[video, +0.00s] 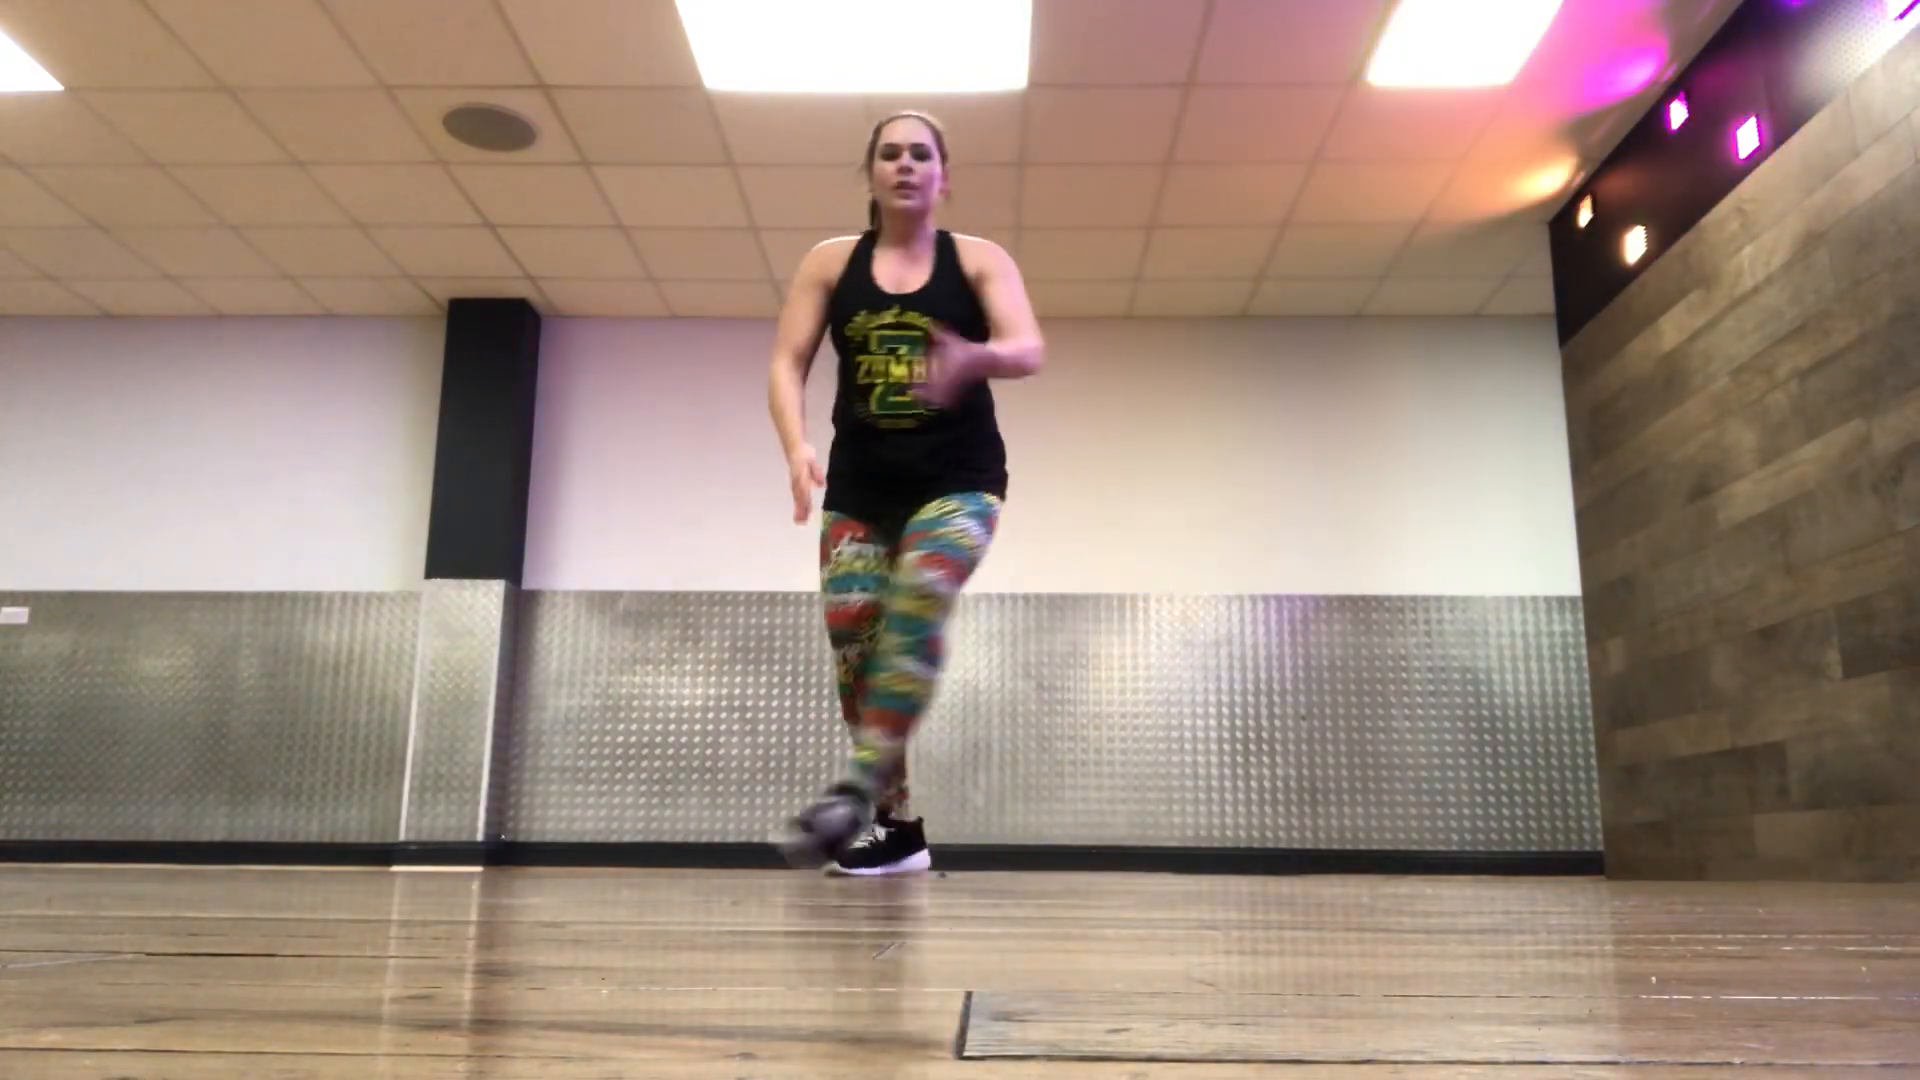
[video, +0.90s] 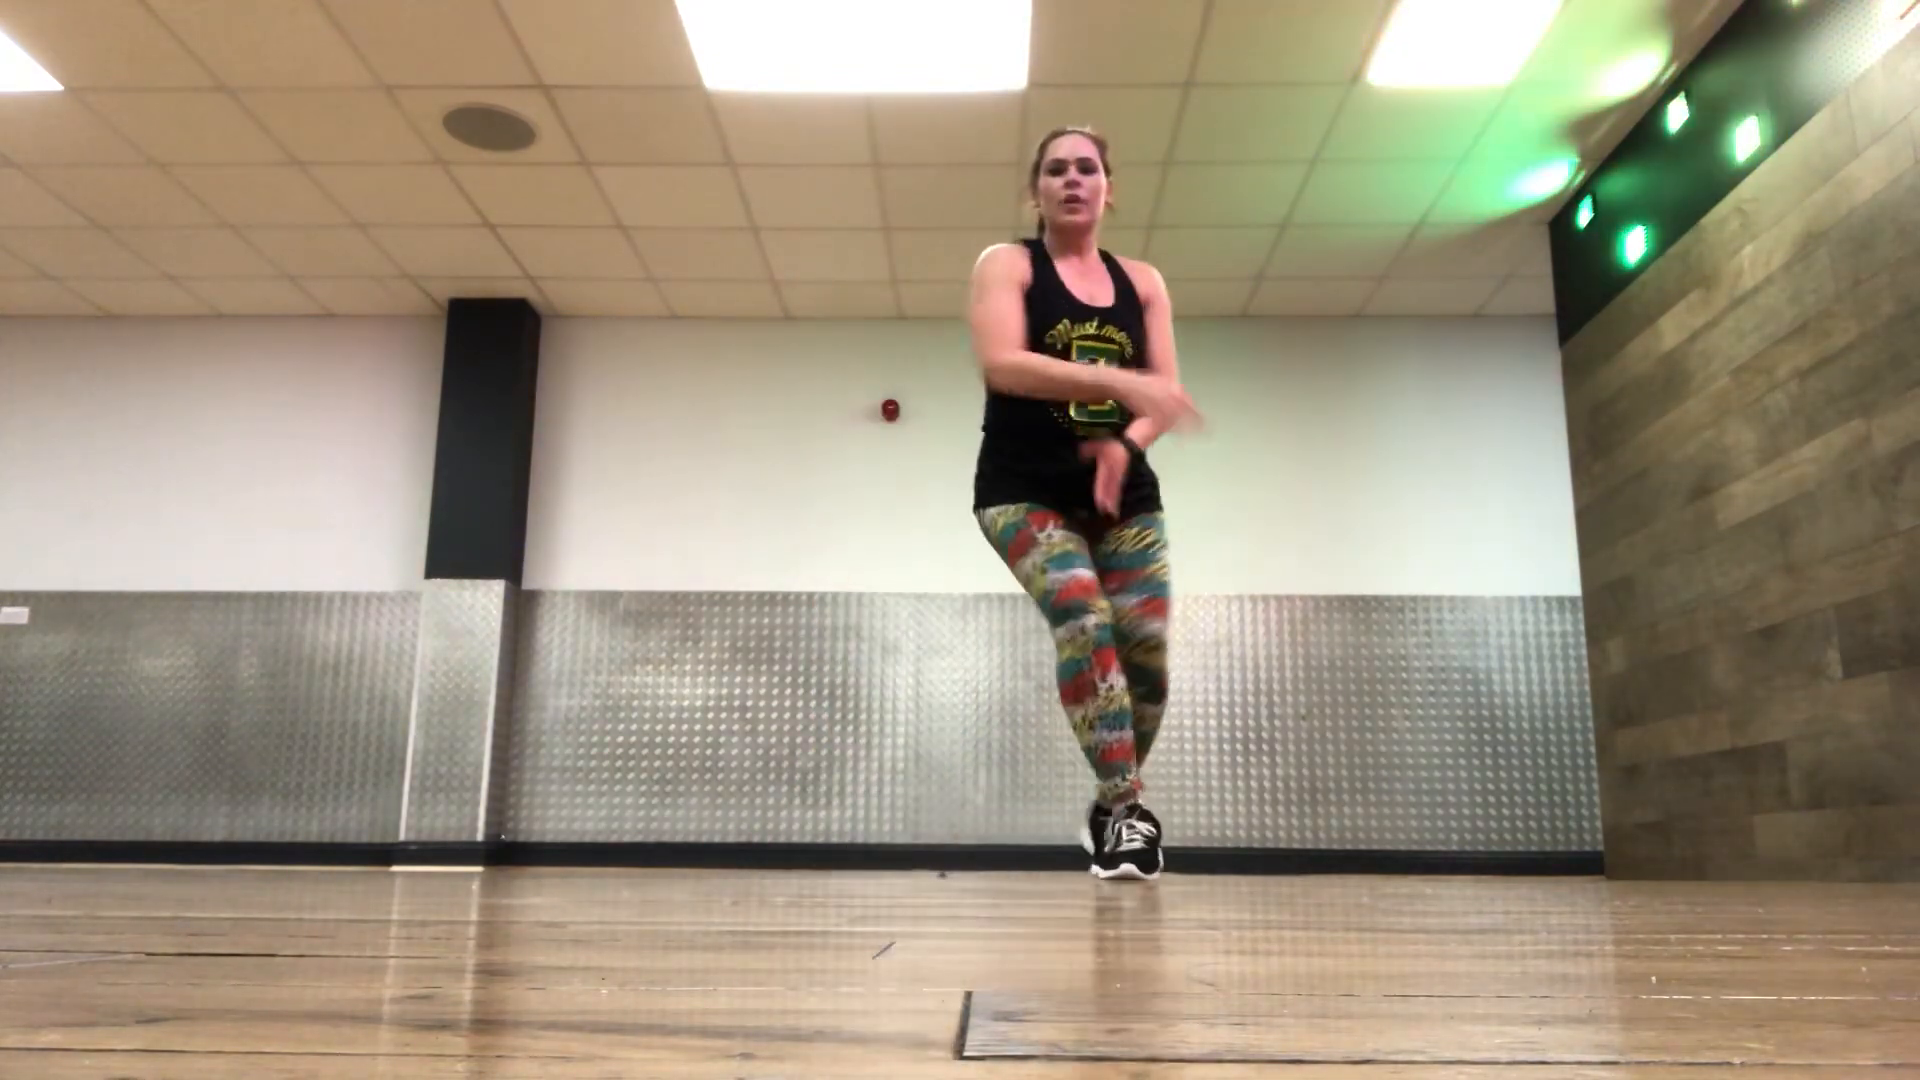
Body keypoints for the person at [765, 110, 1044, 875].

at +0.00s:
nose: (907, 165)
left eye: (921, 154)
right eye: (892, 154)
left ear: (943, 175)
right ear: (869, 175)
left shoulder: (981, 261)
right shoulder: (831, 262)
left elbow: (1028, 350)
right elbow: (788, 364)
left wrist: (973, 357)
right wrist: (797, 448)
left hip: (957, 481)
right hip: (860, 484)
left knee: (915, 609)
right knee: (853, 634)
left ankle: (856, 791)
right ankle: (897, 826)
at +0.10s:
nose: (927, 161)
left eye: (941, 151)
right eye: (912, 151)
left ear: (964, 172)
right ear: (889, 170)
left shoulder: (1000, 261)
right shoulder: (848, 257)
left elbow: (1063, 348)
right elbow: (803, 364)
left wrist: (1069, 383)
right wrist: (814, 470)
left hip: (972, 477)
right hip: (871, 480)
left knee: (988, 597)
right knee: (858, 629)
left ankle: (947, 791)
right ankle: (892, 822)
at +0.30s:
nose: (983, 171)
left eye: (997, 161)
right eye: (968, 161)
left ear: (1019, 183)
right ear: (944, 182)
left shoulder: (1051, 277)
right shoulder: (905, 265)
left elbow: (1098, 377)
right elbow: (850, 373)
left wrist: (1117, 459)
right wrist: (882, 484)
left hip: (1018, 502)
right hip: (916, 498)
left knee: (1071, 636)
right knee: (898, 645)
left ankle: (1049, 825)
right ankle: (897, 827)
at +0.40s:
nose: (1015, 178)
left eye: (1029, 167)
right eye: (1000, 168)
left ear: (1050, 187)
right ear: (975, 187)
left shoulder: (1078, 282)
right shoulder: (941, 265)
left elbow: (1111, 384)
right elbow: (894, 369)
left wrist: (1117, 472)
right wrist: (970, 453)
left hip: (1046, 485)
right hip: (951, 481)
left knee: (1092, 634)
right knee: (941, 623)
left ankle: (1049, 826)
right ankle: (895, 812)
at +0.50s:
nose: (1040, 178)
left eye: (1053, 168)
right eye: (1025, 168)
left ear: (1074, 188)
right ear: (1000, 187)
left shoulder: (1099, 281)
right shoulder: (970, 263)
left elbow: (1126, 391)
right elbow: (958, 370)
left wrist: (1108, 452)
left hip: (1067, 490)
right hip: (975, 478)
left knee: (1103, 635)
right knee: (981, 596)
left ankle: (1051, 824)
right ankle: (925, 797)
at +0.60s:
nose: (1058, 175)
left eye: (1071, 165)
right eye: (1043, 165)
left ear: (1092, 185)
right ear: (1018, 184)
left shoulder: (1116, 279)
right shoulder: (990, 258)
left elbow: (1136, 389)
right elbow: (1025, 356)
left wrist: (1105, 433)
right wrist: (1150, 394)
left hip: (1081, 480)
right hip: (990, 473)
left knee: (1107, 635)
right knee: (1016, 584)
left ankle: (1052, 823)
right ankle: (1015, 799)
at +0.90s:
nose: (1074, 180)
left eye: (1087, 169)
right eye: (1058, 170)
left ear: (1108, 188)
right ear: (1036, 190)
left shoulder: (1142, 281)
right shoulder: (1005, 265)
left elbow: (1166, 390)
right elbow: (1001, 365)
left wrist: (1124, 442)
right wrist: (1120, 384)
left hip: (1122, 492)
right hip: (1024, 488)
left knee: (1148, 651)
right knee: (1081, 611)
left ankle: (1111, 804)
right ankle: (1124, 806)